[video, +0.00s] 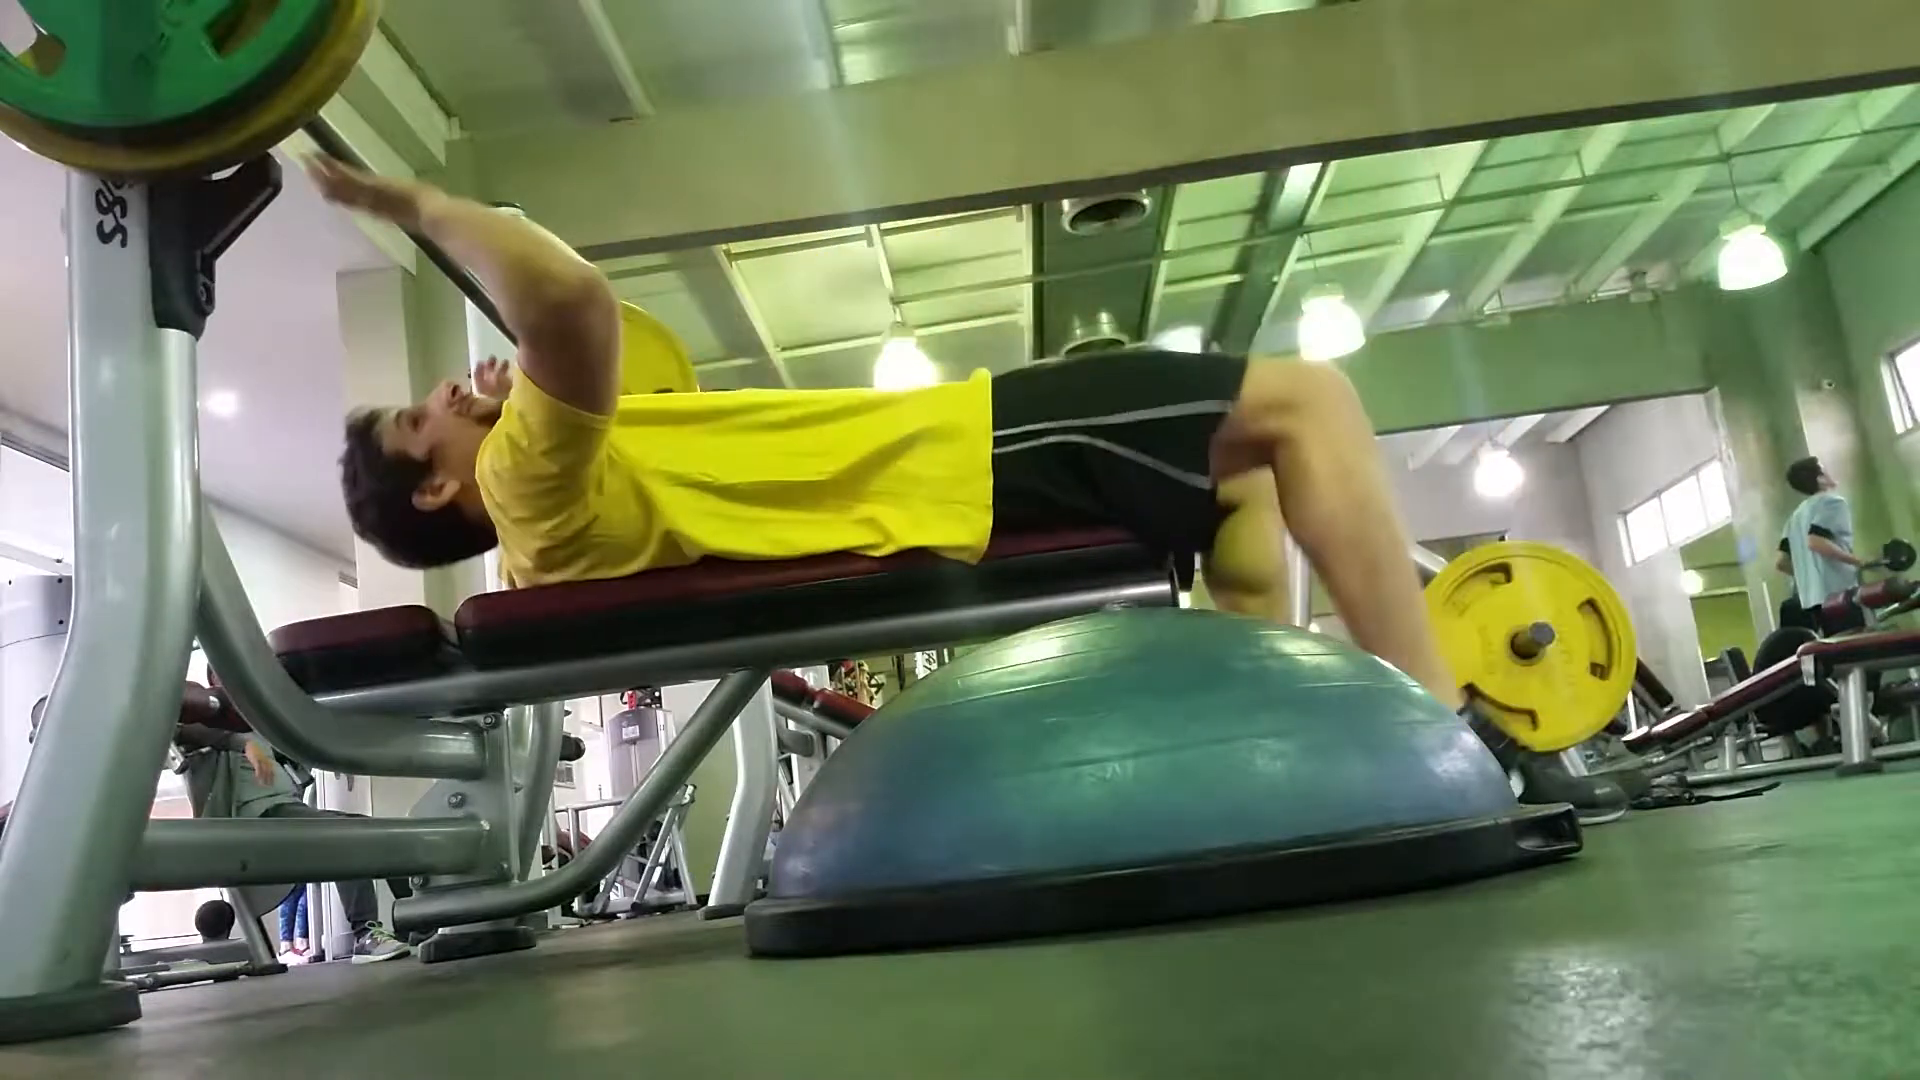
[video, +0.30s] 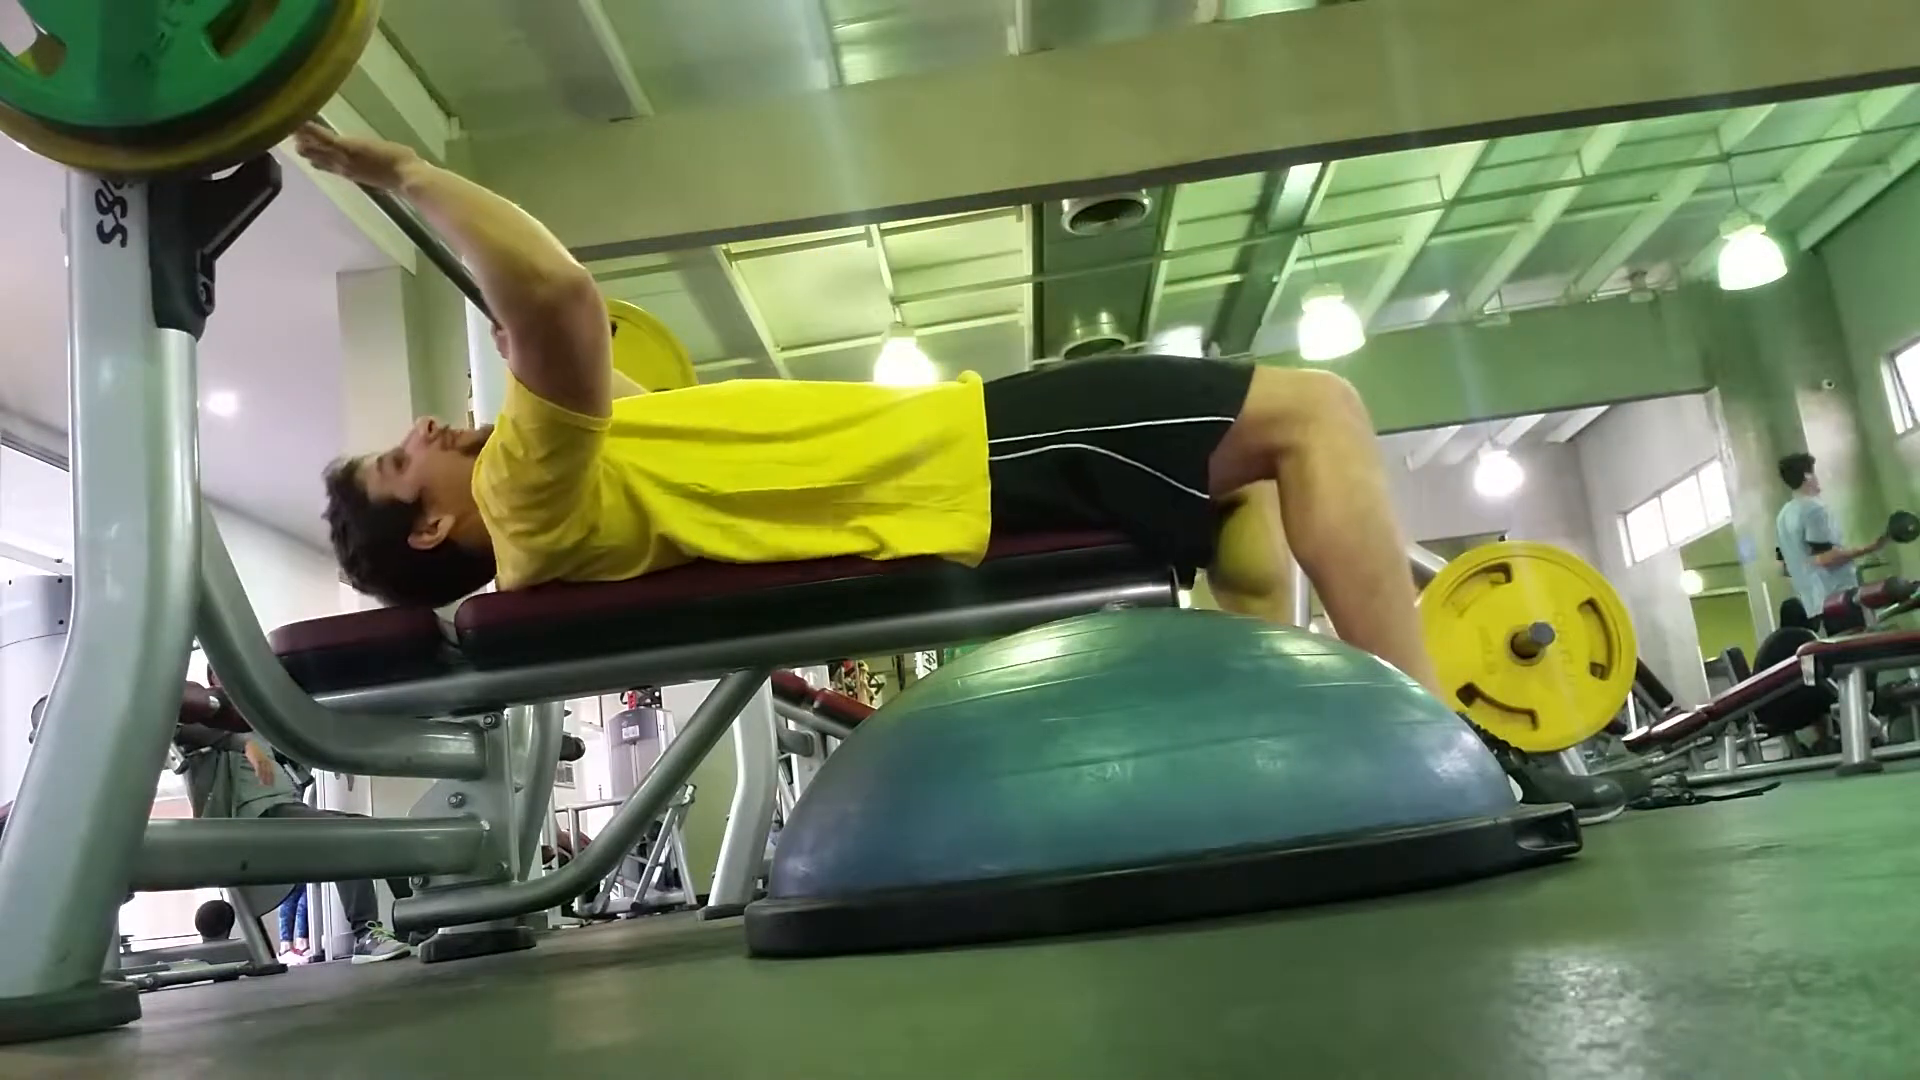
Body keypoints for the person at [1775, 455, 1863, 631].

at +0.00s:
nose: (1829, 473)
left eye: (1824, 469)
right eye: (1823, 470)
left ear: (1802, 486)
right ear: (1818, 477)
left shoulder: (1794, 517)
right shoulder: (1832, 502)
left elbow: (1782, 563)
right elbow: (1815, 541)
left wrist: (1811, 575)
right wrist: (1857, 561)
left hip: (1812, 603)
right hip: (1840, 598)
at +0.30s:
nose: (1817, 477)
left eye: (1815, 472)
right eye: (1814, 472)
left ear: (1790, 481)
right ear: (1806, 477)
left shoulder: (1784, 515)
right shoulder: (1813, 509)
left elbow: (1785, 566)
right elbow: (1825, 558)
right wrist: (1871, 548)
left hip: (1814, 605)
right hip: (1838, 602)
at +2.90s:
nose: (1835, 478)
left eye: (1831, 473)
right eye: (1830, 474)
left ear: (1808, 487)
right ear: (1823, 482)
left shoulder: (1797, 514)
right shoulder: (1829, 507)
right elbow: (1834, 555)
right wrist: (1853, 595)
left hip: (1795, 607)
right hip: (1824, 604)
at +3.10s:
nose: (1835, 473)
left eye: (1830, 469)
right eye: (1829, 470)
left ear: (1806, 483)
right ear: (1822, 478)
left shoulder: (1793, 509)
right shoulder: (1833, 504)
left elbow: (1785, 549)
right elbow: (1838, 550)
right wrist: (1851, 592)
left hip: (1799, 602)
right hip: (1829, 599)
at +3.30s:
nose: (1831, 473)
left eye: (1827, 468)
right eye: (1825, 469)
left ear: (1801, 483)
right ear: (1819, 477)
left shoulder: (1785, 514)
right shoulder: (1830, 503)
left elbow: (1777, 558)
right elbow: (1823, 548)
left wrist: (1784, 590)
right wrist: (1845, 591)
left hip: (1798, 603)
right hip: (1827, 600)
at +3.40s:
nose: (1824, 476)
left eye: (1820, 472)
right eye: (1819, 473)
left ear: (1796, 486)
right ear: (1813, 479)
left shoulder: (1782, 517)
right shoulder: (1825, 508)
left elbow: (1777, 566)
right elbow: (1825, 558)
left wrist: (1792, 593)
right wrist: (1847, 594)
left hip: (1795, 607)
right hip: (1825, 603)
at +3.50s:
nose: (1821, 480)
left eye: (1817, 475)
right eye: (1817, 476)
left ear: (1794, 489)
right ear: (1811, 483)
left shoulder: (1780, 518)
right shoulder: (1822, 511)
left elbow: (1776, 556)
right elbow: (1825, 560)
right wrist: (1849, 596)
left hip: (1793, 607)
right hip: (1823, 603)